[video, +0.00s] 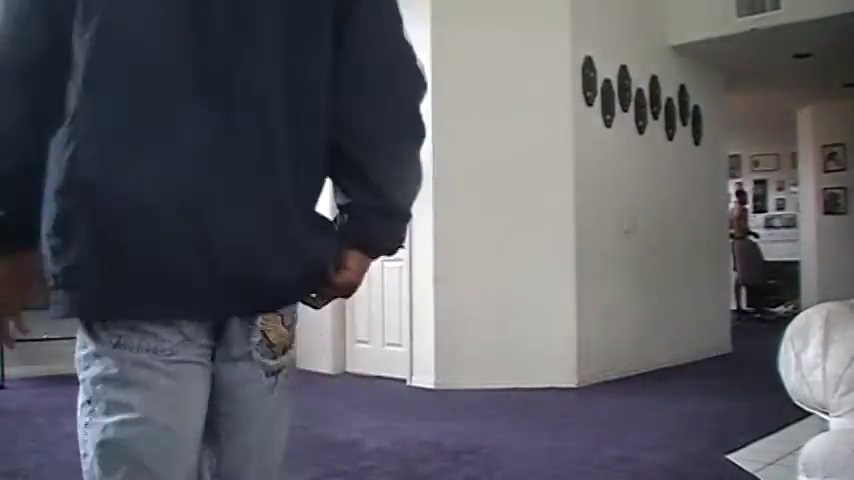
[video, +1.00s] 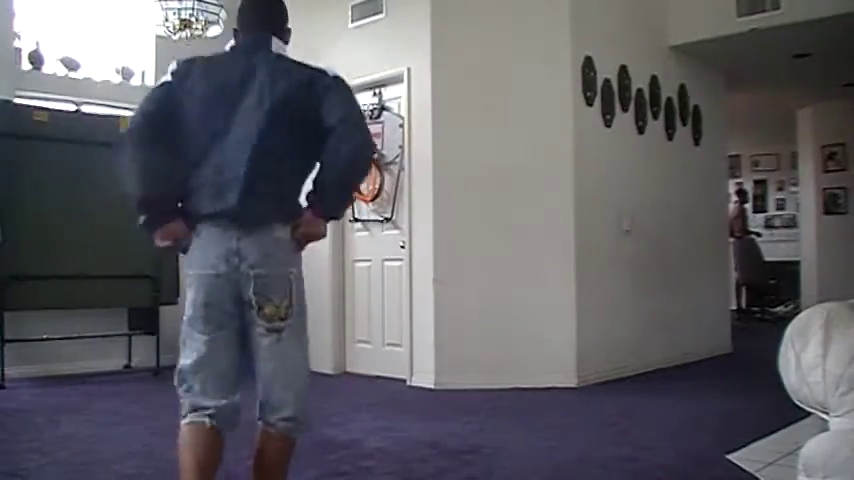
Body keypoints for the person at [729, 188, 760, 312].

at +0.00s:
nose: (747, 199)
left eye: (746, 196)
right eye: (745, 197)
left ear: (737, 197)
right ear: (743, 198)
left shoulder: (734, 210)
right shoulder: (742, 211)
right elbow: (742, 228)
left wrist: (749, 232)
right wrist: (752, 233)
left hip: (738, 243)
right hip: (742, 243)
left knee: (740, 275)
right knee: (742, 275)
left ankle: (739, 305)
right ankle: (741, 306)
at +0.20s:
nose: (745, 199)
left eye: (743, 196)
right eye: (743, 197)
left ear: (734, 197)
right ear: (741, 197)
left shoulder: (731, 208)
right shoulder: (739, 209)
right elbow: (741, 228)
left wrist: (747, 232)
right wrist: (752, 233)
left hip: (732, 241)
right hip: (738, 242)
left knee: (737, 274)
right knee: (741, 274)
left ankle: (738, 304)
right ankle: (740, 305)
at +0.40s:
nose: (744, 199)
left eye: (744, 197)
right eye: (743, 197)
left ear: (735, 197)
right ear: (740, 198)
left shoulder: (732, 209)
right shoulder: (739, 210)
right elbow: (740, 229)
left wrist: (749, 232)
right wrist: (752, 233)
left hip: (734, 243)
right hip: (738, 244)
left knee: (738, 276)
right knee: (743, 275)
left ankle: (739, 305)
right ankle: (743, 305)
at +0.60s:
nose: (745, 199)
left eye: (744, 197)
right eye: (744, 197)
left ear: (735, 197)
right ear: (741, 197)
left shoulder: (731, 208)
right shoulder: (739, 210)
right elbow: (741, 229)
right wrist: (752, 233)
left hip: (733, 242)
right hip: (738, 243)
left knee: (737, 274)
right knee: (741, 275)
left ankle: (738, 304)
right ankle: (740, 305)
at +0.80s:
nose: (746, 199)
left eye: (745, 196)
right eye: (745, 196)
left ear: (736, 196)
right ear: (741, 197)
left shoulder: (733, 208)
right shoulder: (739, 210)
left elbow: (738, 228)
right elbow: (740, 230)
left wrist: (750, 233)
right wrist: (753, 233)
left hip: (734, 242)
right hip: (738, 243)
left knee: (738, 275)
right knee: (741, 275)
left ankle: (739, 304)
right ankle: (741, 306)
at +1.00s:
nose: (748, 199)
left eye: (747, 197)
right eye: (747, 197)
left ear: (737, 196)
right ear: (743, 197)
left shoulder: (732, 208)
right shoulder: (740, 209)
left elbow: (731, 231)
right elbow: (741, 231)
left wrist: (749, 232)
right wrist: (754, 233)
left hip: (734, 244)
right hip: (741, 245)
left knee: (737, 276)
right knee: (742, 276)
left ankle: (738, 304)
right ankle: (742, 305)